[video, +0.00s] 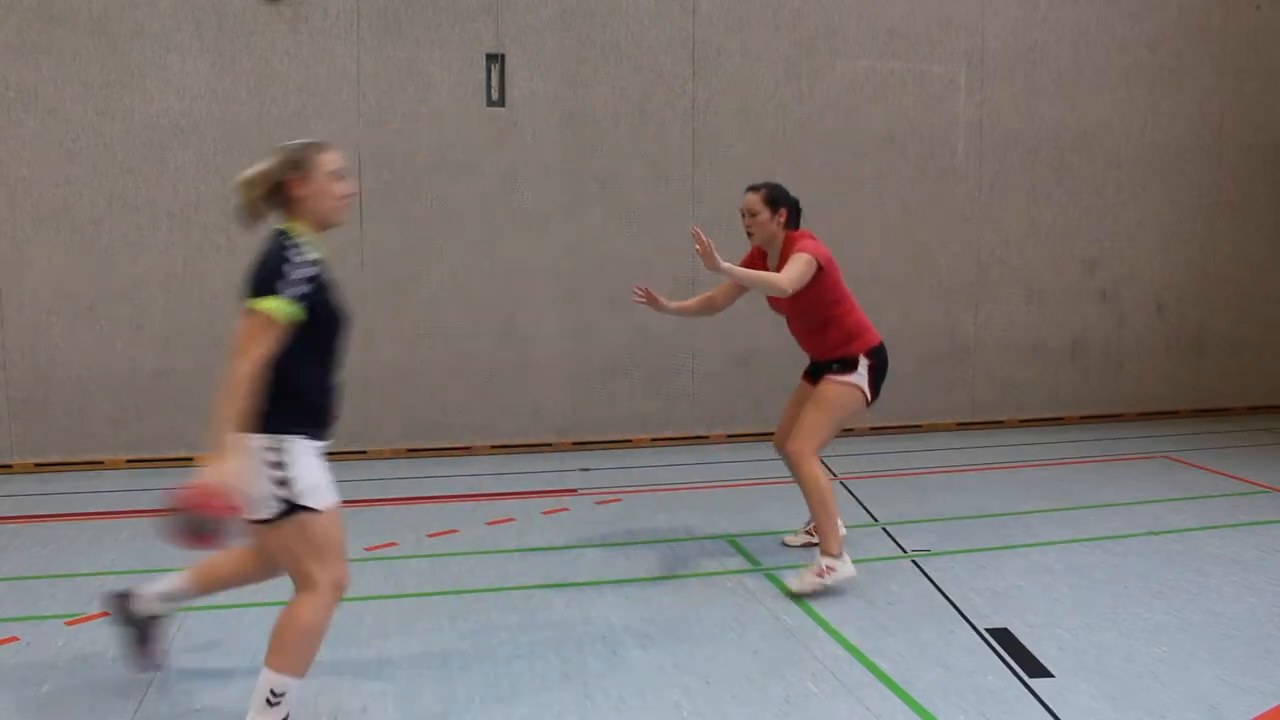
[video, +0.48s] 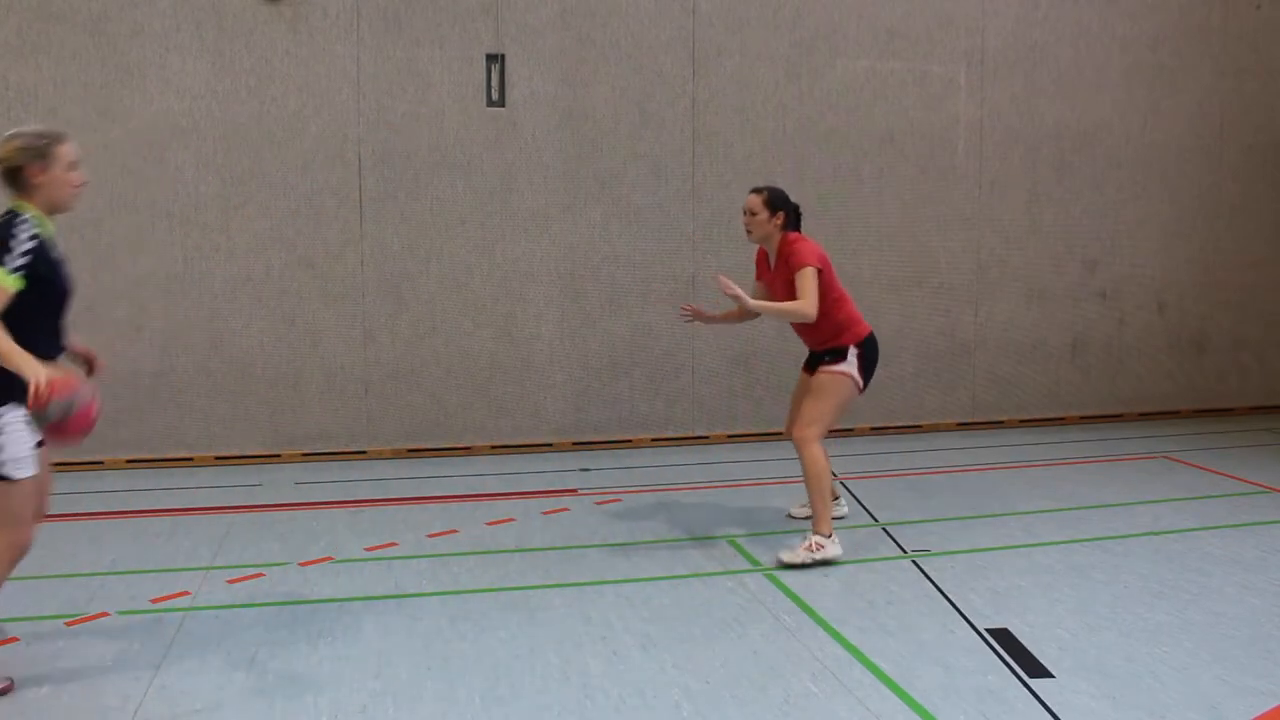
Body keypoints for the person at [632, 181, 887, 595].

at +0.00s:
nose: (745, 224)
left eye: (751, 216)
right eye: (743, 217)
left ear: (780, 217)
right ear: (754, 222)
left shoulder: (806, 249)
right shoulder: (759, 256)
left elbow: (785, 283)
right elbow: (716, 301)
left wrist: (724, 268)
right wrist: (669, 306)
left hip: (857, 361)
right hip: (825, 362)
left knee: (802, 448)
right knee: (785, 442)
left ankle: (834, 557)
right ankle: (827, 523)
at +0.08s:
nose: (741, 216)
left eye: (748, 208)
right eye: (740, 209)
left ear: (776, 210)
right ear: (760, 214)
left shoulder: (801, 241)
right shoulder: (758, 252)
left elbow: (782, 285)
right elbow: (721, 299)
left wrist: (719, 267)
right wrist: (678, 306)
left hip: (859, 351)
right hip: (827, 352)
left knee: (799, 439)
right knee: (786, 431)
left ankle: (826, 546)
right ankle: (822, 512)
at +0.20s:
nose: (742, 221)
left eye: (749, 213)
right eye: (741, 214)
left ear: (777, 216)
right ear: (765, 220)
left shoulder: (801, 249)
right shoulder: (762, 260)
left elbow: (780, 294)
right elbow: (733, 306)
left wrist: (718, 276)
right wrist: (689, 313)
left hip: (855, 360)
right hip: (825, 358)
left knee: (799, 448)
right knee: (786, 424)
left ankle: (827, 549)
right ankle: (819, 496)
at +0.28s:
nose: (744, 227)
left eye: (751, 220)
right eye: (743, 220)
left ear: (778, 224)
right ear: (769, 226)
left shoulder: (801, 255)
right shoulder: (763, 267)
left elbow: (783, 301)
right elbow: (736, 314)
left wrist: (724, 283)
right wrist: (693, 318)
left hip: (854, 362)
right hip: (826, 363)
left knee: (795, 449)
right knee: (787, 429)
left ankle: (827, 549)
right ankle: (824, 488)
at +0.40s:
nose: (746, 230)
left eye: (753, 223)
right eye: (745, 223)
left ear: (779, 227)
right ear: (770, 229)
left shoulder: (802, 258)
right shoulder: (765, 265)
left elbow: (796, 311)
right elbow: (745, 316)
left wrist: (740, 292)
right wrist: (701, 320)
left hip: (850, 361)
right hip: (822, 364)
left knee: (798, 445)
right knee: (791, 435)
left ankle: (826, 547)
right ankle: (830, 498)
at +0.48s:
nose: (745, 221)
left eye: (752, 214)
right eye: (744, 214)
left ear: (778, 218)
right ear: (755, 220)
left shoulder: (801, 250)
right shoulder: (765, 256)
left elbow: (808, 309)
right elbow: (755, 308)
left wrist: (752, 304)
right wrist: (712, 317)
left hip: (850, 348)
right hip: (821, 350)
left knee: (807, 434)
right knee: (797, 430)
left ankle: (823, 537)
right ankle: (830, 495)